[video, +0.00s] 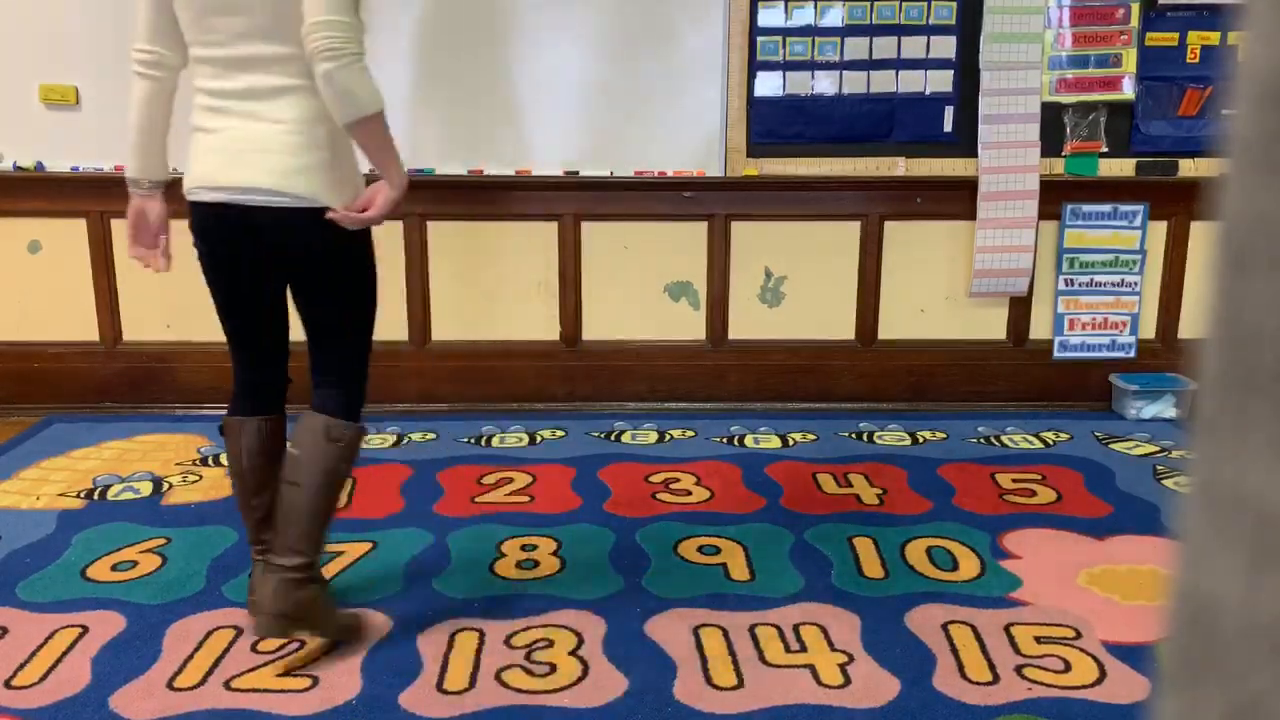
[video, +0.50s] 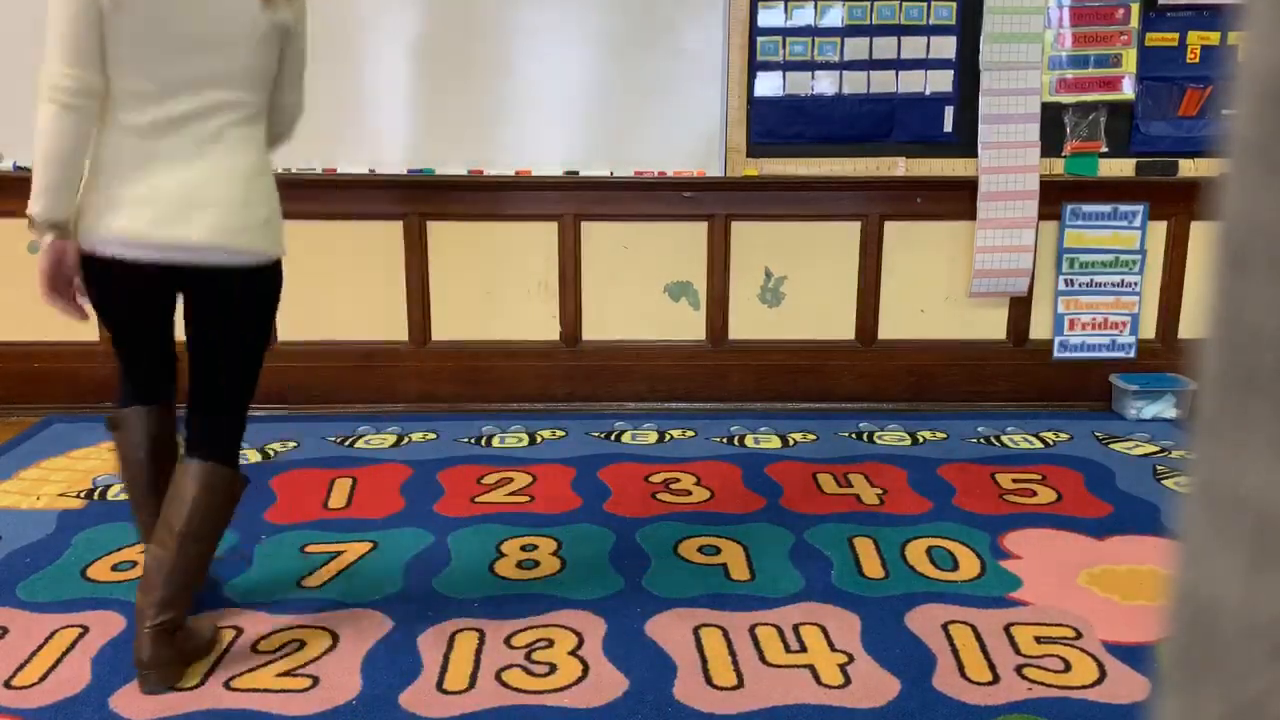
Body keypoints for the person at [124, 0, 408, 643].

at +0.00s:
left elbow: (154, 61)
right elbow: (331, 53)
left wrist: (146, 187)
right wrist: (391, 171)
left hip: (217, 190)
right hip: (313, 190)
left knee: (255, 379)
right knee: (337, 381)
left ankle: (269, 569)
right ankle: (290, 580)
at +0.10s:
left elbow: (131, 64)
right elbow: (308, 56)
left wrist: (123, 195)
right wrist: (371, 176)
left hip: (196, 198)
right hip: (288, 198)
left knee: (251, 386)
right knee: (299, 400)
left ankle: (276, 566)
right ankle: (209, 587)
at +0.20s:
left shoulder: (123, 1)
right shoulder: (282, 1)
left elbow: (107, 90)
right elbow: (294, 87)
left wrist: (105, 220)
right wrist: (363, 202)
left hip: (169, 226)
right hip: (266, 226)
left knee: (262, 391)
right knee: (259, 413)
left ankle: (275, 566)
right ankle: (179, 625)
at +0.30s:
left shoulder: (98, 9)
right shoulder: (269, 9)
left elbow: (82, 131)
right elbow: (298, 135)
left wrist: (83, 257)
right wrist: (367, 233)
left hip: (143, 269)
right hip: (244, 267)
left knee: (246, 392)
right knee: (241, 447)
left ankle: (271, 562)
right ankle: (162, 633)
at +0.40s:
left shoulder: (84, 9)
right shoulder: (272, 11)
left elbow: (61, 135)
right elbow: (304, 144)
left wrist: (52, 258)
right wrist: (322, 219)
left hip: (123, 270)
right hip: (229, 275)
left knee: (201, 372)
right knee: (232, 464)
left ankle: (231, 550)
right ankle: (157, 631)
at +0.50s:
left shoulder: (92, 1)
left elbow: (73, 88)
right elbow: (284, 107)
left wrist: (55, 224)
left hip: (123, 226)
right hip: (239, 232)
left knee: (141, 389)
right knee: (214, 433)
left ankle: (168, 571)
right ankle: (160, 635)